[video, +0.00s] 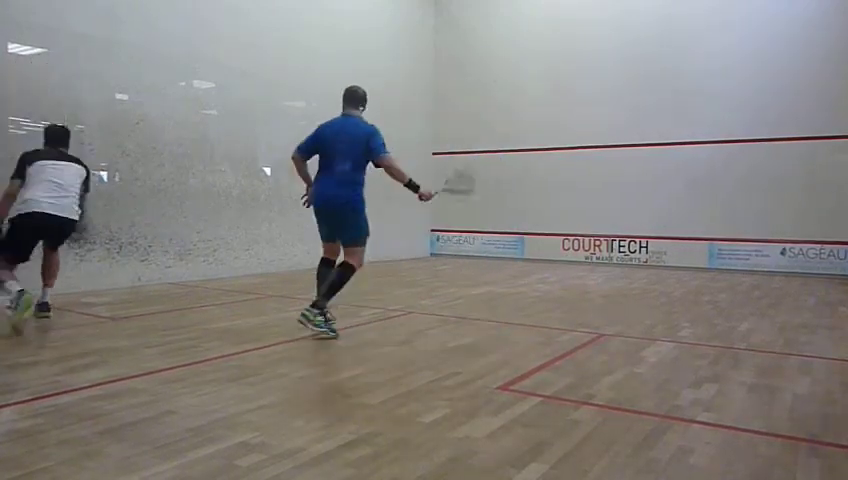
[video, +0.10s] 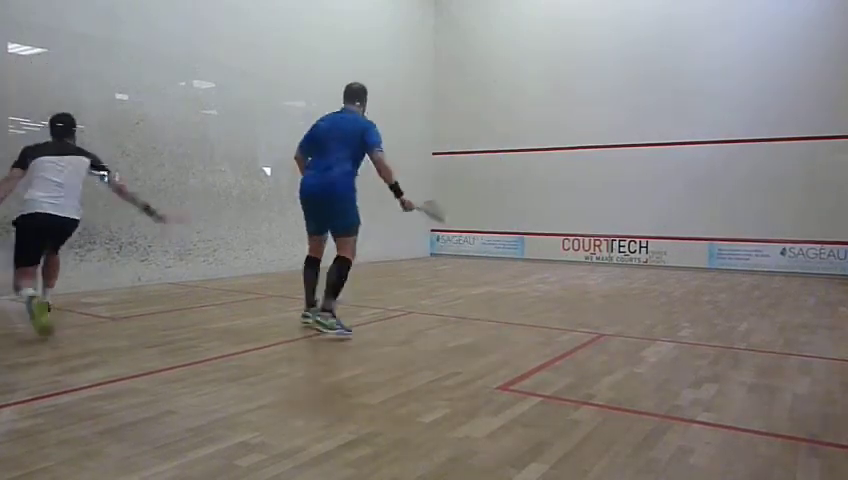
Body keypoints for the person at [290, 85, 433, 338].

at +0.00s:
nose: (362, 109)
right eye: (364, 106)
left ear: (343, 103)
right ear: (363, 106)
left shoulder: (326, 129)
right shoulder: (369, 131)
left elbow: (298, 157)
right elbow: (384, 163)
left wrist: (309, 185)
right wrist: (416, 189)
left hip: (321, 198)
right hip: (349, 200)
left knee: (330, 251)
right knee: (354, 258)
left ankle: (321, 312)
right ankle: (316, 307)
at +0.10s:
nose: (365, 108)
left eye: (362, 104)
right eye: (366, 104)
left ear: (343, 101)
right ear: (363, 103)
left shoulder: (323, 122)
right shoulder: (365, 126)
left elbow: (299, 156)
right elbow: (380, 164)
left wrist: (313, 181)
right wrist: (400, 196)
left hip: (310, 188)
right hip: (340, 190)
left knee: (315, 248)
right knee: (345, 251)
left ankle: (309, 309)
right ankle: (326, 312)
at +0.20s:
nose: (363, 119)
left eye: (362, 115)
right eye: (364, 115)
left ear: (344, 112)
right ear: (362, 114)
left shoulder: (327, 130)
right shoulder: (360, 134)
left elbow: (304, 160)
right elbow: (369, 170)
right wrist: (383, 207)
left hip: (298, 191)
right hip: (328, 195)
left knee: (304, 251)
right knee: (345, 256)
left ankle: (278, 307)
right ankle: (344, 323)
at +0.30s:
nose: (356, 131)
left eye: (355, 127)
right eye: (357, 127)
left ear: (335, 124)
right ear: (354, 126)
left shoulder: (318, 143)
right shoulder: (352, 147)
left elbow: (305, 175)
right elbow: (358, 183)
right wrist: (369, 221)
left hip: (287, 205)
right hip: (319, 209)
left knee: (288, 258)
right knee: (350, 264)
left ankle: (251, 301)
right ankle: (342, 329)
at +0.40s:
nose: (332, 129)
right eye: (333, 125)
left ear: (311, 123)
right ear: (332, 125)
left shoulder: (293, 146)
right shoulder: (337, 150)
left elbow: (274, 184)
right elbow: (348, 191)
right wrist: (347, 225)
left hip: (276, 212)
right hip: (311, 215)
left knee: (269, 262)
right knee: (350, 263)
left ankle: (244, 298)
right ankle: (343, 328)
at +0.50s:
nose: (294, 115)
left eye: (290, 109)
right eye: (295, 111)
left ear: (277, 112)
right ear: (298, 113)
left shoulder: (260, 136)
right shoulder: (310, 141)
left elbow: (235, 168)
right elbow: (325, 181)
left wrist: (253, 188)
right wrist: (313, 203)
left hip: (259, 208)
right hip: (296, 209)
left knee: (250, 262)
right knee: (323, 261)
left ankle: (257, 303)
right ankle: (341, 323)